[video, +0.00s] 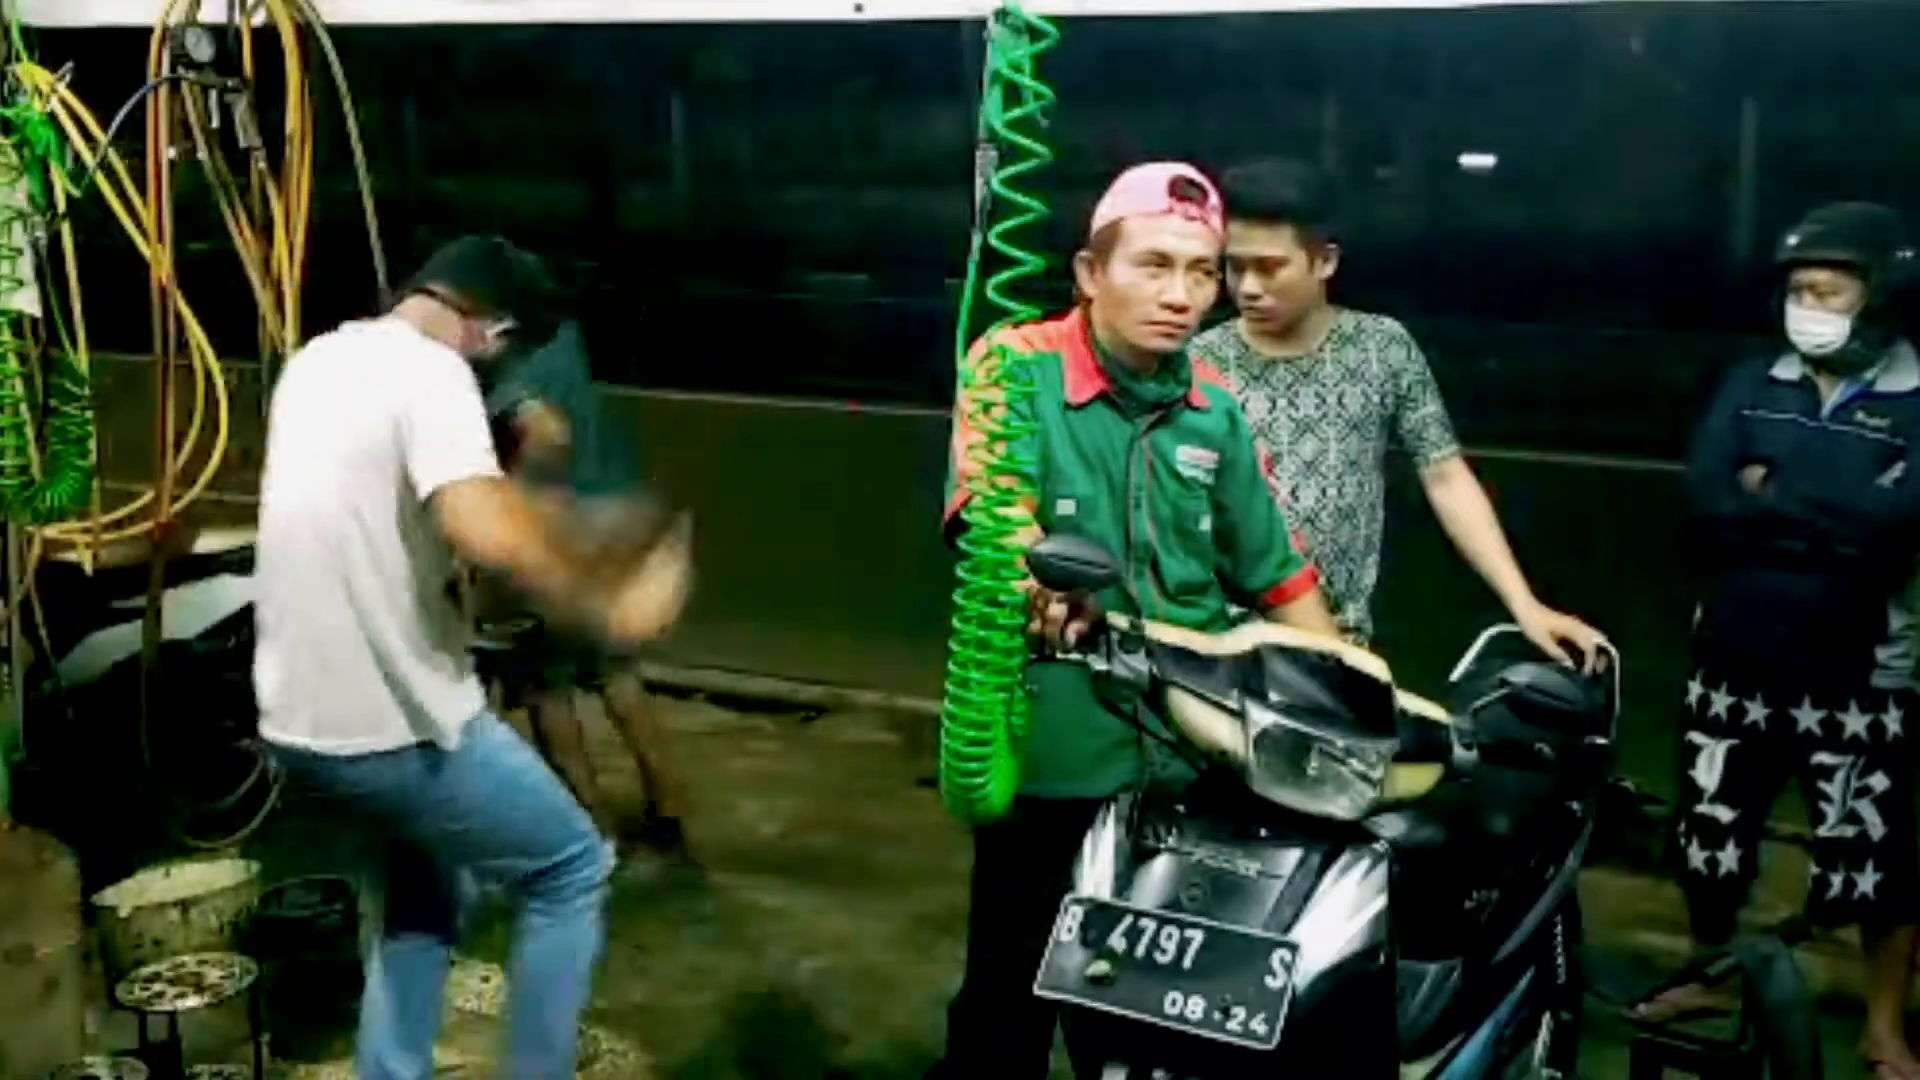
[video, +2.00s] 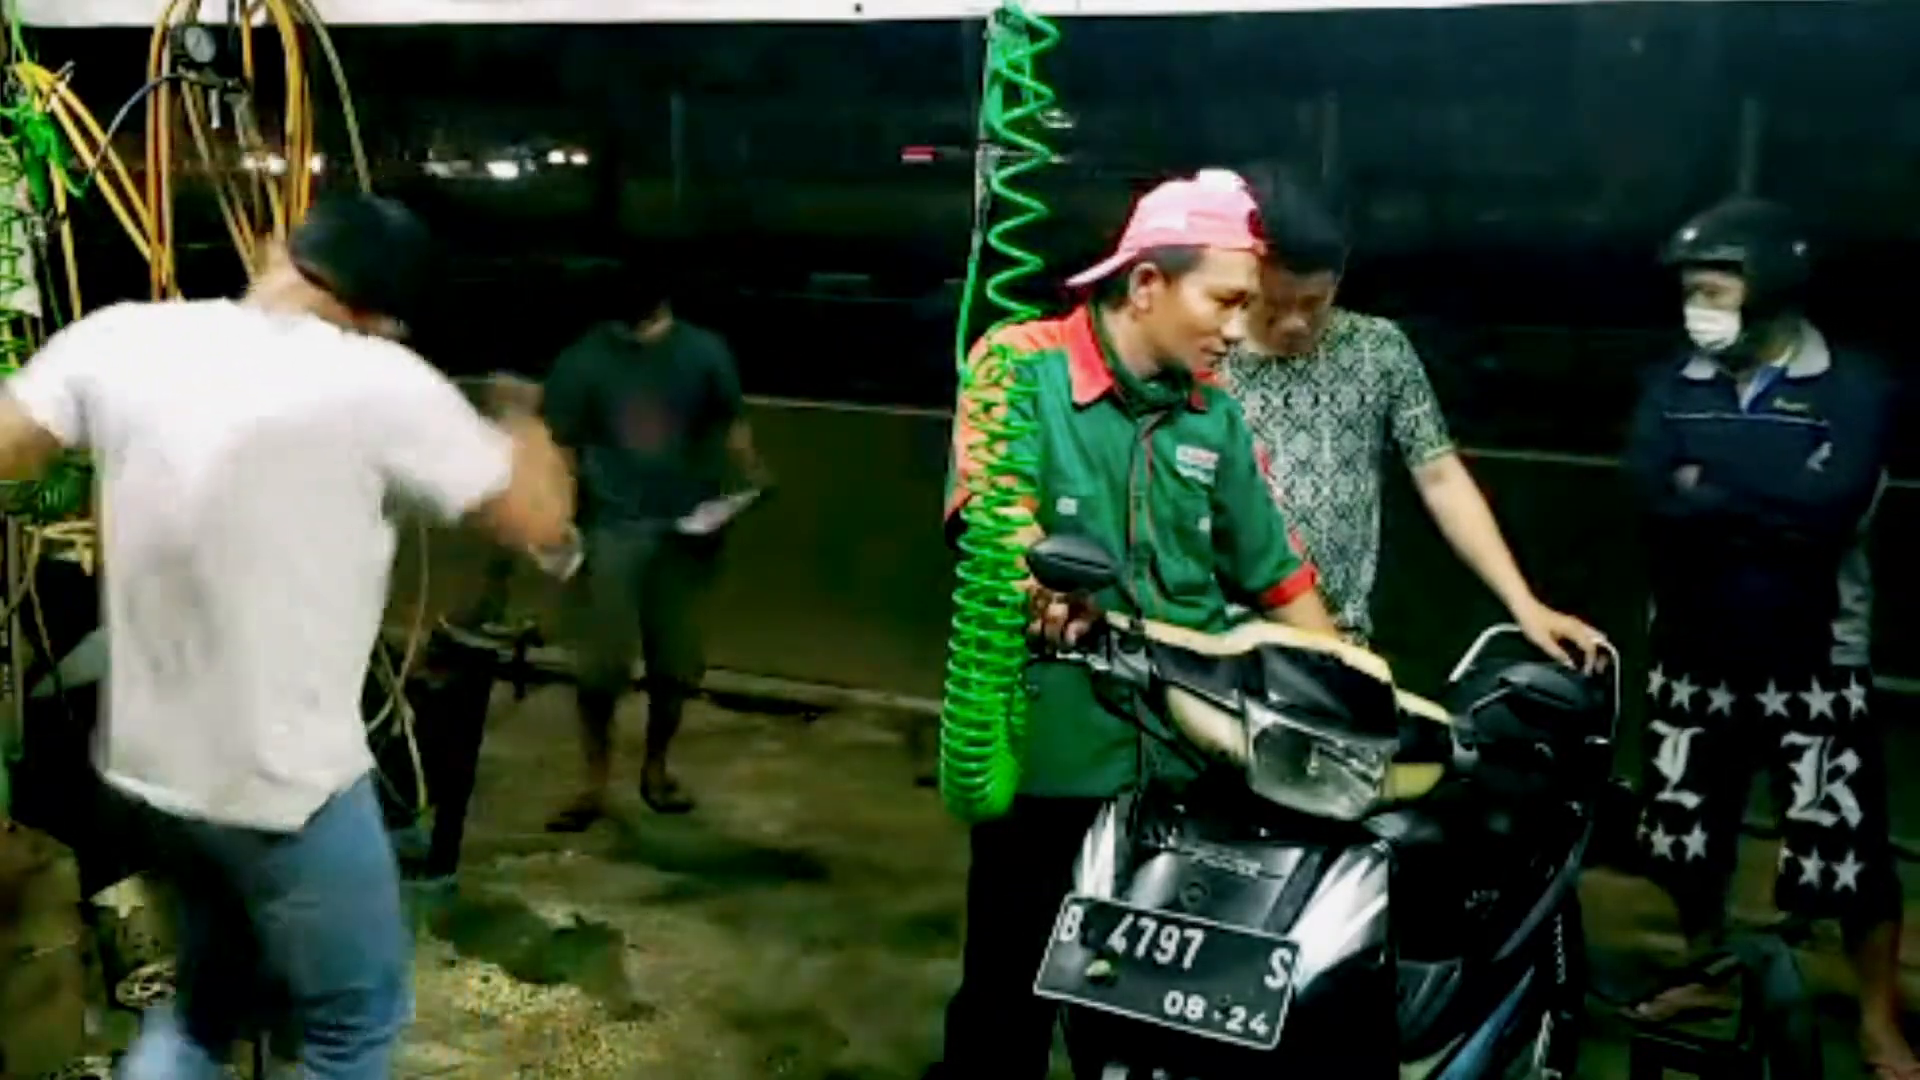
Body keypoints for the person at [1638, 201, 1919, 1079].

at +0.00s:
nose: (1812, 304)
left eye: (1833, 290)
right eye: (1800, 287)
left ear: (1873, 297)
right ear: (1782, 293)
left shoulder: (1906, 398)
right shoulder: (1748, 385)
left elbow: (1895, 518)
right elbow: (1703, 498)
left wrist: (1767, 479)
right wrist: (1841, 507)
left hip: (1860, 666)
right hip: (1738, 657)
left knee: (1871, 861)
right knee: (1708, 837)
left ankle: (1886, 1027)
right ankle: (1708, 971)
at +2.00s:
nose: (1696, 301)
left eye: (1717, 285)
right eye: (1690, 284)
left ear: (1772, 291)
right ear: (1685, 287)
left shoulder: (1846, 388)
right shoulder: (1671, 384)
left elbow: (1835, 502)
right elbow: (1649, 493)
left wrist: (1697, 470)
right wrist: (1788, 486)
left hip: (1811, 656)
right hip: (1693, 651)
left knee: (1849, 854)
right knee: (1684, 837)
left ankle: (1880, 1021)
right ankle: (1701, 971)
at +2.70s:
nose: (1826, 304)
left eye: (1848, 288)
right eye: (1812, 287)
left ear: (1885, 300)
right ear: (1790, 298)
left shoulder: (1914, 402)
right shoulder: (1755, 392)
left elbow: (1913, 517)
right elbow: (1712, 500)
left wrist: (1791, 495)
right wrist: (1861, 512)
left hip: (1867, 654)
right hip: (1751, 643)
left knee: (1866, 839)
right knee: (1696, 816)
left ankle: (1859, 985)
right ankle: (1703, 969)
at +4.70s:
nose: (1901, 300)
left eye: (1917, 287)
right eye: (1889, 284)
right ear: (1863, 294)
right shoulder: (1811, 386)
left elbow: (1910, 510)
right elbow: (1764, 487)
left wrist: (1823, 474)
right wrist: (1878, 511)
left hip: (1891, 661)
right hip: (1784, 646)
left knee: (1885, 842)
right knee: (1735, 814)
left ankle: (1858, 976)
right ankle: (1720, 938)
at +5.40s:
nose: (1879, 304)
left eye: (1899, 291)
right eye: (1868, 286)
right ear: (1845, 293)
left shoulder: (1917, 411)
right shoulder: (1799, 384)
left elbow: (1909, 512)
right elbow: (1748, 483)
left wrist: (1814, 476)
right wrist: (1860, 507)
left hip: (1890, 649)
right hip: (1782, 632)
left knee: (1883, 832)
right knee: (1737, 799)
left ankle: (1863, 980)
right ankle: (1719, 932)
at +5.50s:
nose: (1876, 306)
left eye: (1896, 292)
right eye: (1864, 288)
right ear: (1838, 296)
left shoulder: (1918, 406)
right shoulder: (1787, 388)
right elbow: (1725, 496)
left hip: (1892, 656)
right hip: (1784, 643)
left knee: (1886, 837)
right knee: (1757, 808)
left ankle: (1862, 984)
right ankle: (1724, 942)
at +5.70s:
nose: (1868, 305)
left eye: (1888, 291)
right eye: (1856, 287)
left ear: (1918, 304)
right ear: (1835, 294)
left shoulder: (1908, 410)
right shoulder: (1805, 398)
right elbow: (1794, 524)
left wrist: (1882, 649)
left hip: (1901, 652)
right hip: (1815, 645)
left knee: (1885, 843)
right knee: (1820, 831)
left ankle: (1860, 995)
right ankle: (1823, 994)